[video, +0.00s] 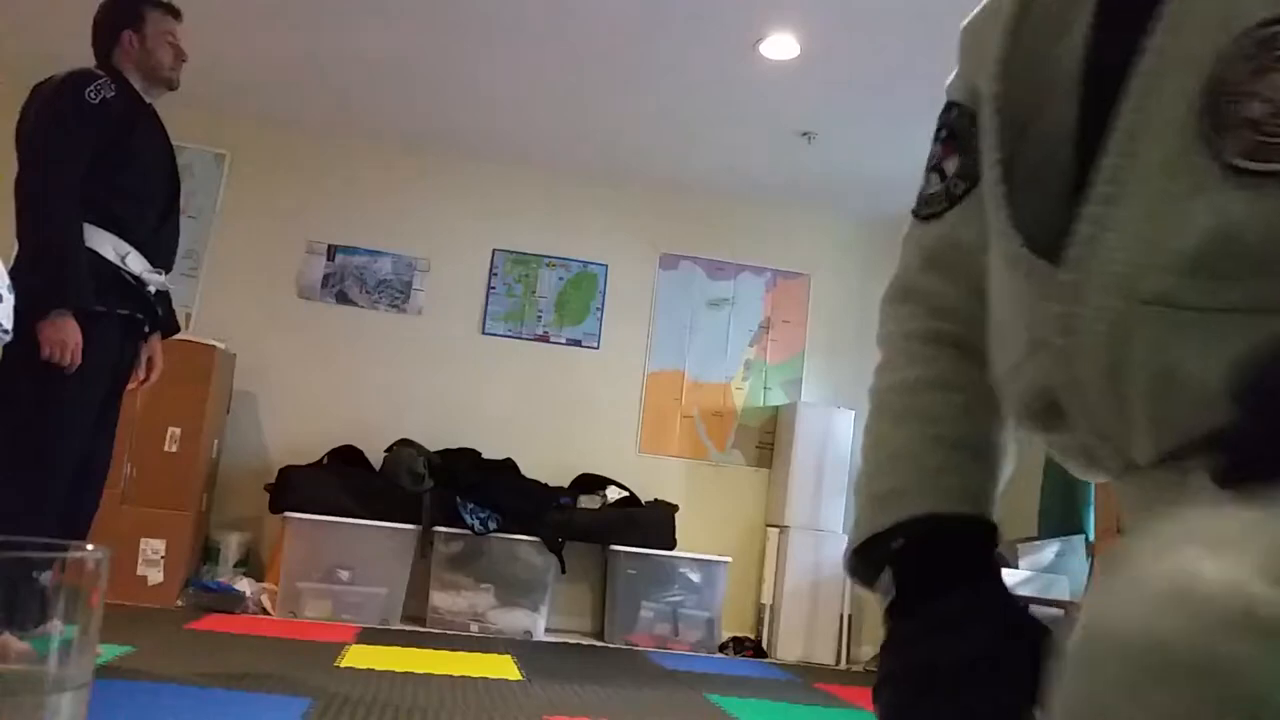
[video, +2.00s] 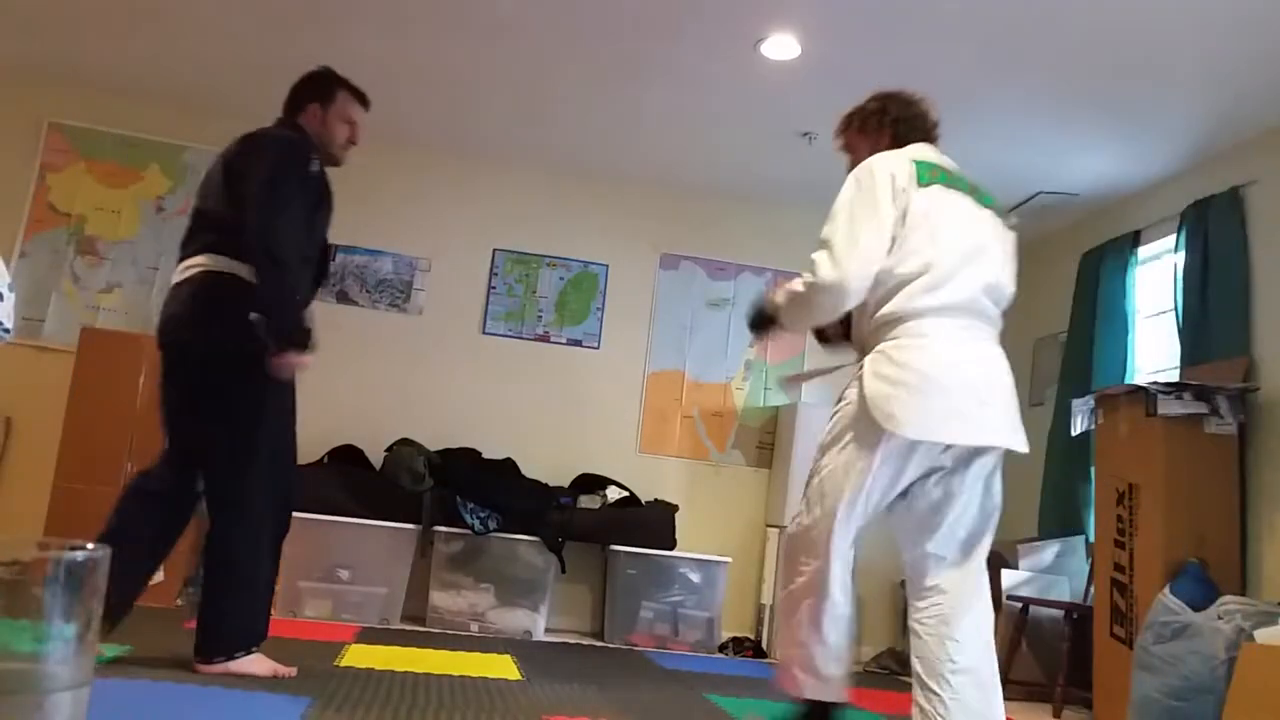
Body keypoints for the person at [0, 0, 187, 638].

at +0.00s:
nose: (183, 51)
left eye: (182, 40)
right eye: (171, 37)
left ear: (139, 45)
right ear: (130, 41)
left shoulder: (149, 126)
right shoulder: (73, 95)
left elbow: (147, 237)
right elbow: (47, 203)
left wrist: (154, 323)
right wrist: (55, 306)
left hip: (113, 325)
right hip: (62, 317)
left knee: (80, 477)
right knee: (37, 469)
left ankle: (39, 614)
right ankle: (9, 619)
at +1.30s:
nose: (227, 89)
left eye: (230, 80)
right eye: (217, 75)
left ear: (190, 80)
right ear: (175, 71)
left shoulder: (173, 138)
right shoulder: (137, 120)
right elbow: (104, 212)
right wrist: (102, 310)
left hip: (131, 330)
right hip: (114, 328)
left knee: (90, 466)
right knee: (123, 465)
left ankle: (38, 605)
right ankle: (28, 601)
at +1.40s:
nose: (238, 97)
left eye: (241, 88)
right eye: (229, 84)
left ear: (194, 86)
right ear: (188, 79)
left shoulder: (179, 141)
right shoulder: (150, 123)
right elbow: (115, 214)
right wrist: (116, 312)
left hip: (113, 318)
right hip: (133, 317)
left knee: (77, 458)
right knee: (170, 453)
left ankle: (34, 590)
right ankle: (64, 593)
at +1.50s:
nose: (252, 107)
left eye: (255, 99)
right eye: (243, 94)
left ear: (213, 94)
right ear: (204, 86)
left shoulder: (203, 152)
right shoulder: (163, 130)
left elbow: (170, 246)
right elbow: (122, 220)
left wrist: (176, 325)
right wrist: (122, 319)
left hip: (137, 330)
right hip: (151, 332)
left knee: (83, 475)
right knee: (188, 469)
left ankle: (28, 617)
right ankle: (135, 625)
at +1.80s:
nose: (311, 130)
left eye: (313, 119)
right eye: (304, 115)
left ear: (266, 112)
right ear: (265, 106)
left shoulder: (213, 147)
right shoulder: (238, 150)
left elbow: (170, 230)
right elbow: (197, 228)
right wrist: (189, 330)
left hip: (167, 331)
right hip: (213, 337)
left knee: (113, 480)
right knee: (241, 493)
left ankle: (30, 614)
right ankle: (223, 646)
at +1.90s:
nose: (335, 134)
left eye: (338, 124)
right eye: (329, 119)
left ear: (286, 113)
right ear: (290, 109)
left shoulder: (233, 147)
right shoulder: (267, 153)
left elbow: (198, 234)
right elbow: (236, 235)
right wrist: (233, 333)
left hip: (180, 317)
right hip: (229, 325)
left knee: (151, 472)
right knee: (252, 489)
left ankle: (64, 614)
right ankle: (227, 647)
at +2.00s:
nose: (356, 137)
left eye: (360, 127)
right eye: (349, 122)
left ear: (306, 118)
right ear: (314, 113)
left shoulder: (251, 150)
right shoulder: (290, 153)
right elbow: (277, 241)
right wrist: (288, 336)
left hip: (191, 314)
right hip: (239, 317)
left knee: (183, 469)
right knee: (256, 484)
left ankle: (83, 614)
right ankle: (227, 646)